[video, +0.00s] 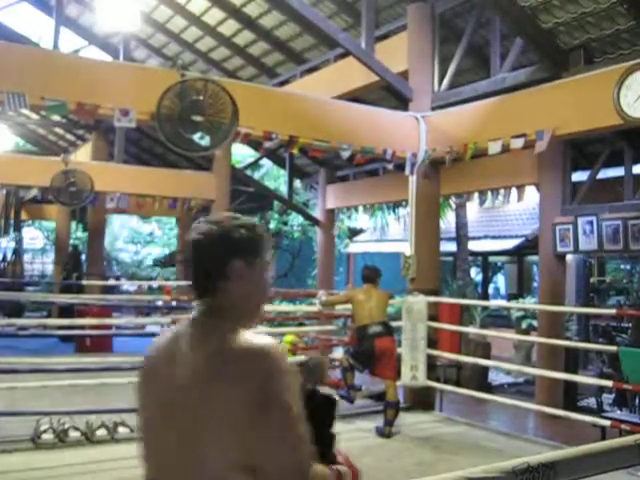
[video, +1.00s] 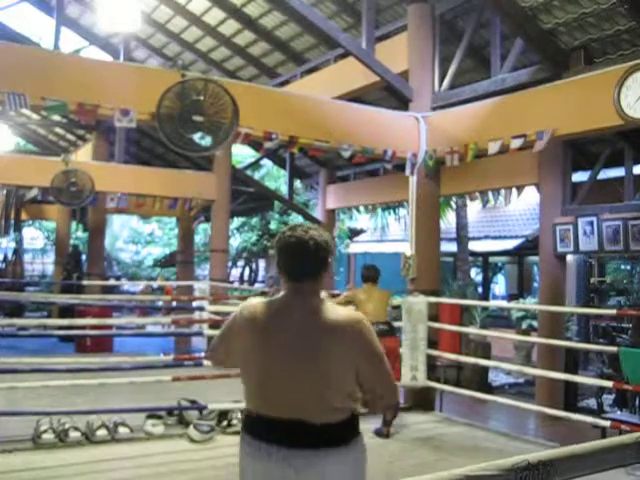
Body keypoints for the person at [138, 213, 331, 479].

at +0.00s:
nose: (269, 285)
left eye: (267, 271)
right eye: (264, 270)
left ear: (201, 275)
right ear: (238, 272)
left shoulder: (158, 355)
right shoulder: (262, 358)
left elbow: (158, 460)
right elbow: (290, 468)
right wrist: (335, 473)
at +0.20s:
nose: (316, 270)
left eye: (316, 260)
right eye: (315, 259)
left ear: (253, 260)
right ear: (304, 259)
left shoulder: (211, 338)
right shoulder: (330, 339)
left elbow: (211, 428)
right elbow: (369, 461)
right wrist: (383, 443)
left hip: (224, 469)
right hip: (310, 470)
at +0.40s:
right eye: (342, 259)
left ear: (283, 262)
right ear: (335, 261)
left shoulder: (243, 333)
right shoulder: (367, 335)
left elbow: (206, 405)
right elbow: (405, 441)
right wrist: (354, 436)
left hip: (255, 466)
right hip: (340, 467)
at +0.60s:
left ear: (287, 272)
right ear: (338, 273)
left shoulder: (253, 336)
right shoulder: (372, 337)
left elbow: (211, 398)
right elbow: (406, 431)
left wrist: (259, 378)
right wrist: (356, 405)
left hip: (267, 470)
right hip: (351, 471)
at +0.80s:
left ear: (276, 268)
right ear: (329, 268)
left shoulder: (249, 325)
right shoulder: (358, 329)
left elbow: (219, 379)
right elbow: (391, 412)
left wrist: (267, 371)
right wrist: (344, 396)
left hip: (262, 464)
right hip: (339, 467)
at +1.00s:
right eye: (333, 263)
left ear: (279, 267)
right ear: (327, 268)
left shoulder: (250, 315)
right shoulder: (351, 324)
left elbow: (218, 356)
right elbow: (386, 397)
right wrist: (341, 395)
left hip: (262, 455)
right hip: (334, 457)